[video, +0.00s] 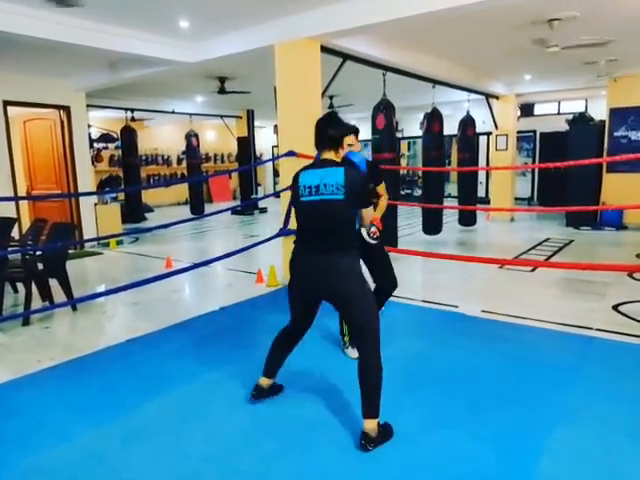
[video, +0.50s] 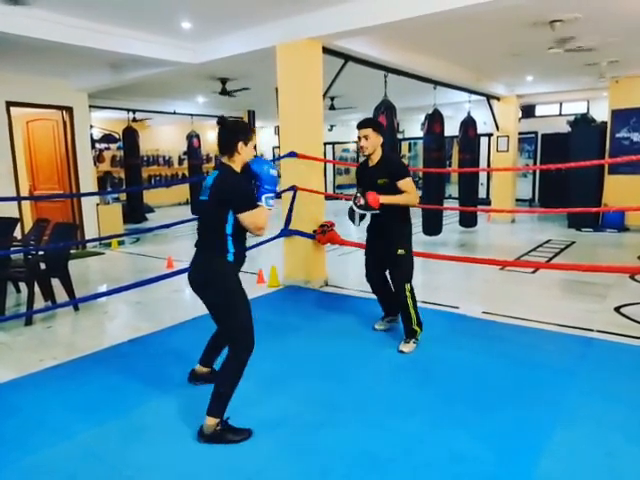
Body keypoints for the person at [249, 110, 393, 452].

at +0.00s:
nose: (350, 147)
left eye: (349, 142)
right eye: (348, 142)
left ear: (317, 143)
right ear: (340, 144)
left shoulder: (300, 177)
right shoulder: (352, 175)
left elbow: (301, 216)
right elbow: (367, 214)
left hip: (303, 268)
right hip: (341, 270)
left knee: (297, 325)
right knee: (369, 345)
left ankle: (264, 382)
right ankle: (371, 428)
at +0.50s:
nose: (254, 151)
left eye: (254, 145)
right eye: (252, 145)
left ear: (228, 147)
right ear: (240, 147)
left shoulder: (214, 176)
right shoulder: (234, 181)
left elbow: (246, 218)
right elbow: (259, 224)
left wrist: (259, 189)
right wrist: (267, 189)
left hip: (202, 269)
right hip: (219, 274)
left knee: (231, 322)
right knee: (243, 343)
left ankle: (203, 368)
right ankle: (213, 423)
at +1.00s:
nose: (204, 151)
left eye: (203, 146)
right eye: (200, 146)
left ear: (183, 149)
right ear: (186, 148)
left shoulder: (189, 177)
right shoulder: (175, 180)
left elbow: (203, 216)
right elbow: (205, 221)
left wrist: (205, 214)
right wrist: (212, 191)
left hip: (187, 260)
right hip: (164, 263)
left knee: (225, 301)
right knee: (170, 331)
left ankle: (206, 357)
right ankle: (136, 387)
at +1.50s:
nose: (201, 154)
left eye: (201, 150)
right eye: (197, 150)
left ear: (191, 152)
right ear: (180, 151)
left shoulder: (197, 177)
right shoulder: (169, 181)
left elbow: (221, 208)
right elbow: (194, 215)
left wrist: (224, 180)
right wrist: (204, 183)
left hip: (202, 251)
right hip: (176, 255)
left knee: (231, 297)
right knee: (180, 315)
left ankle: (217, 347)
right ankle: (157, 359)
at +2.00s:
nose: (238, 149)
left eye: (238, 144)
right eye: (233, 145)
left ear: (235, 146)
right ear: (217, 148)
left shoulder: (236, 172)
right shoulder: (211, 174)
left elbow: (252, 206)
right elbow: (238, 204)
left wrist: (262, 185)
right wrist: (245, 175)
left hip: (237, 243)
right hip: (213, 245)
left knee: (255, 290)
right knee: (208, 300)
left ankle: (264, 335)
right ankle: (177, 340)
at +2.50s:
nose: (243, 159)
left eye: (242, 155)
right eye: (238, 155)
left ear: (237, 159)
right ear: (224, 159)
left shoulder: (246, 180)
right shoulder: (210, 188)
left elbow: (276, 192)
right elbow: (227, 220)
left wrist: (285, 171)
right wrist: (237, 190)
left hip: (243, 250)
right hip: (217, 254)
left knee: (277, 290)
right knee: (214, 308)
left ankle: (272, 333)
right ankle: (186, 343)